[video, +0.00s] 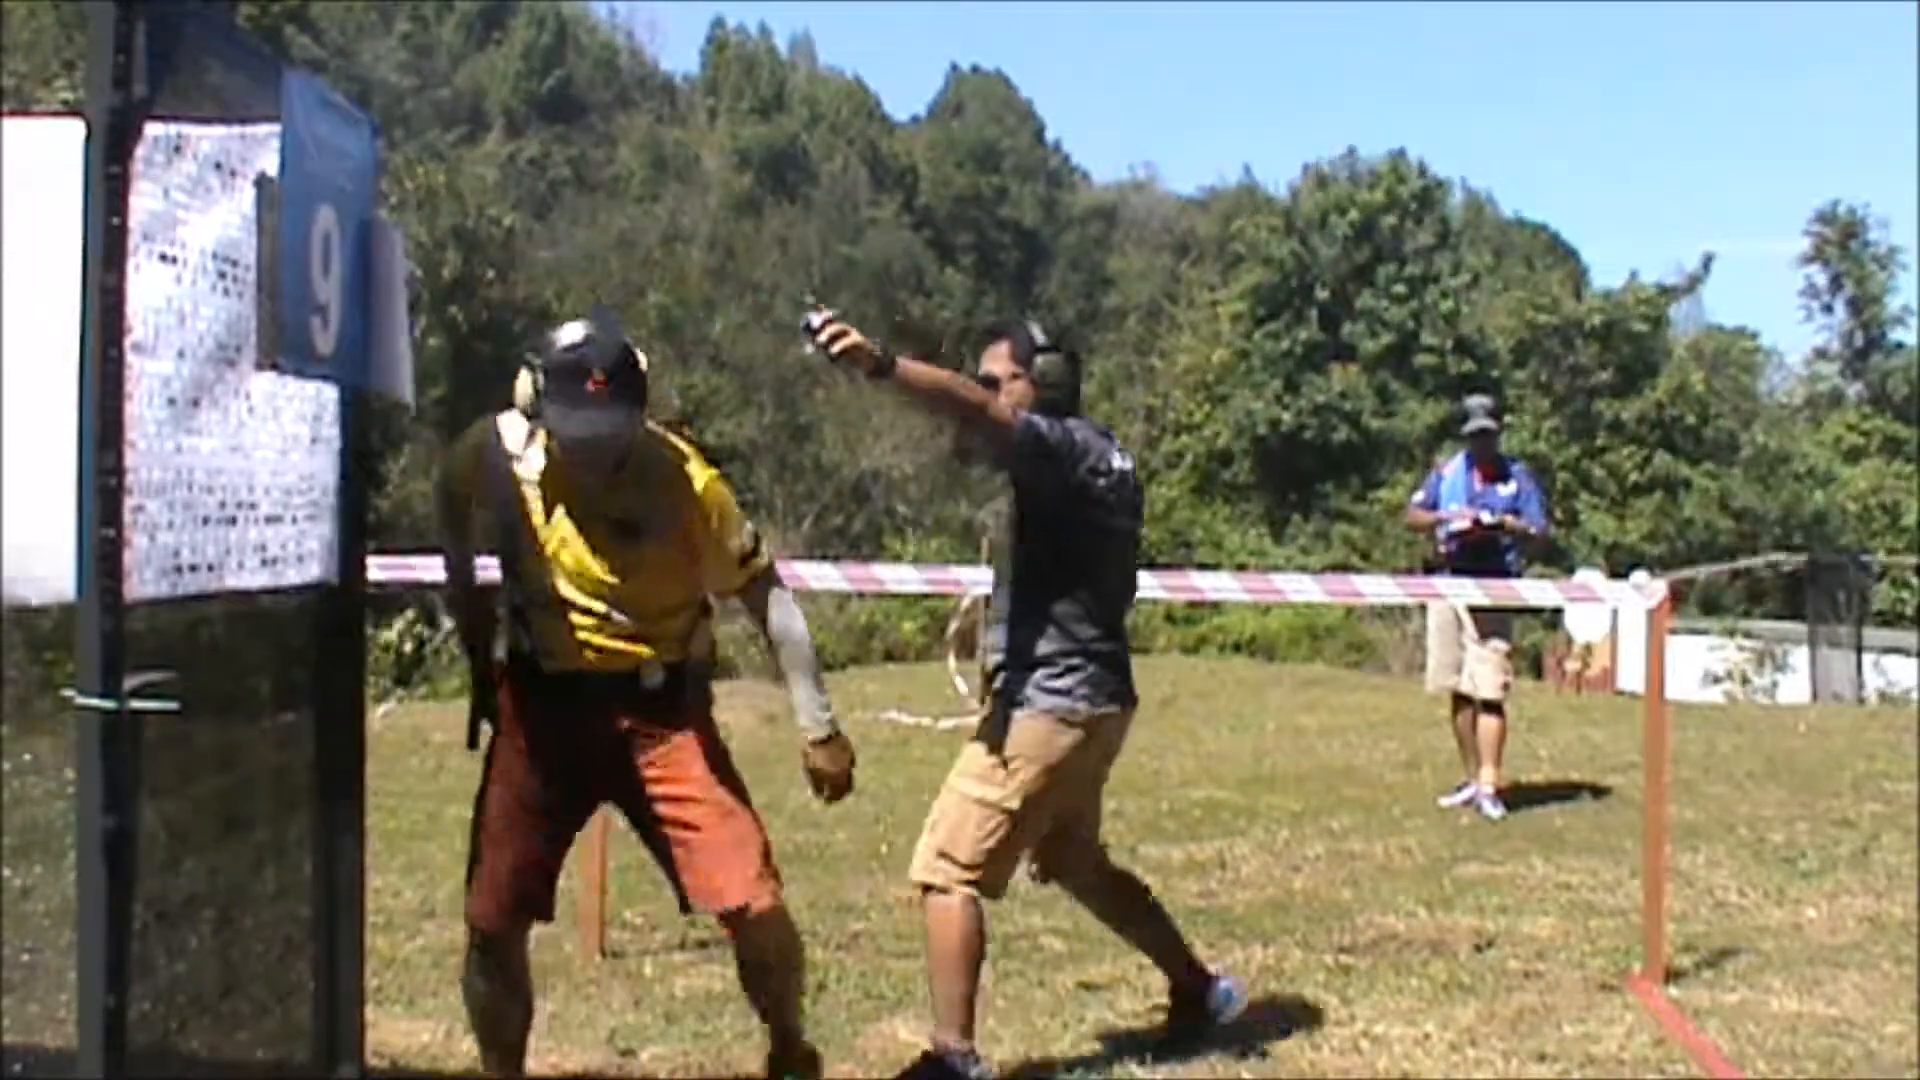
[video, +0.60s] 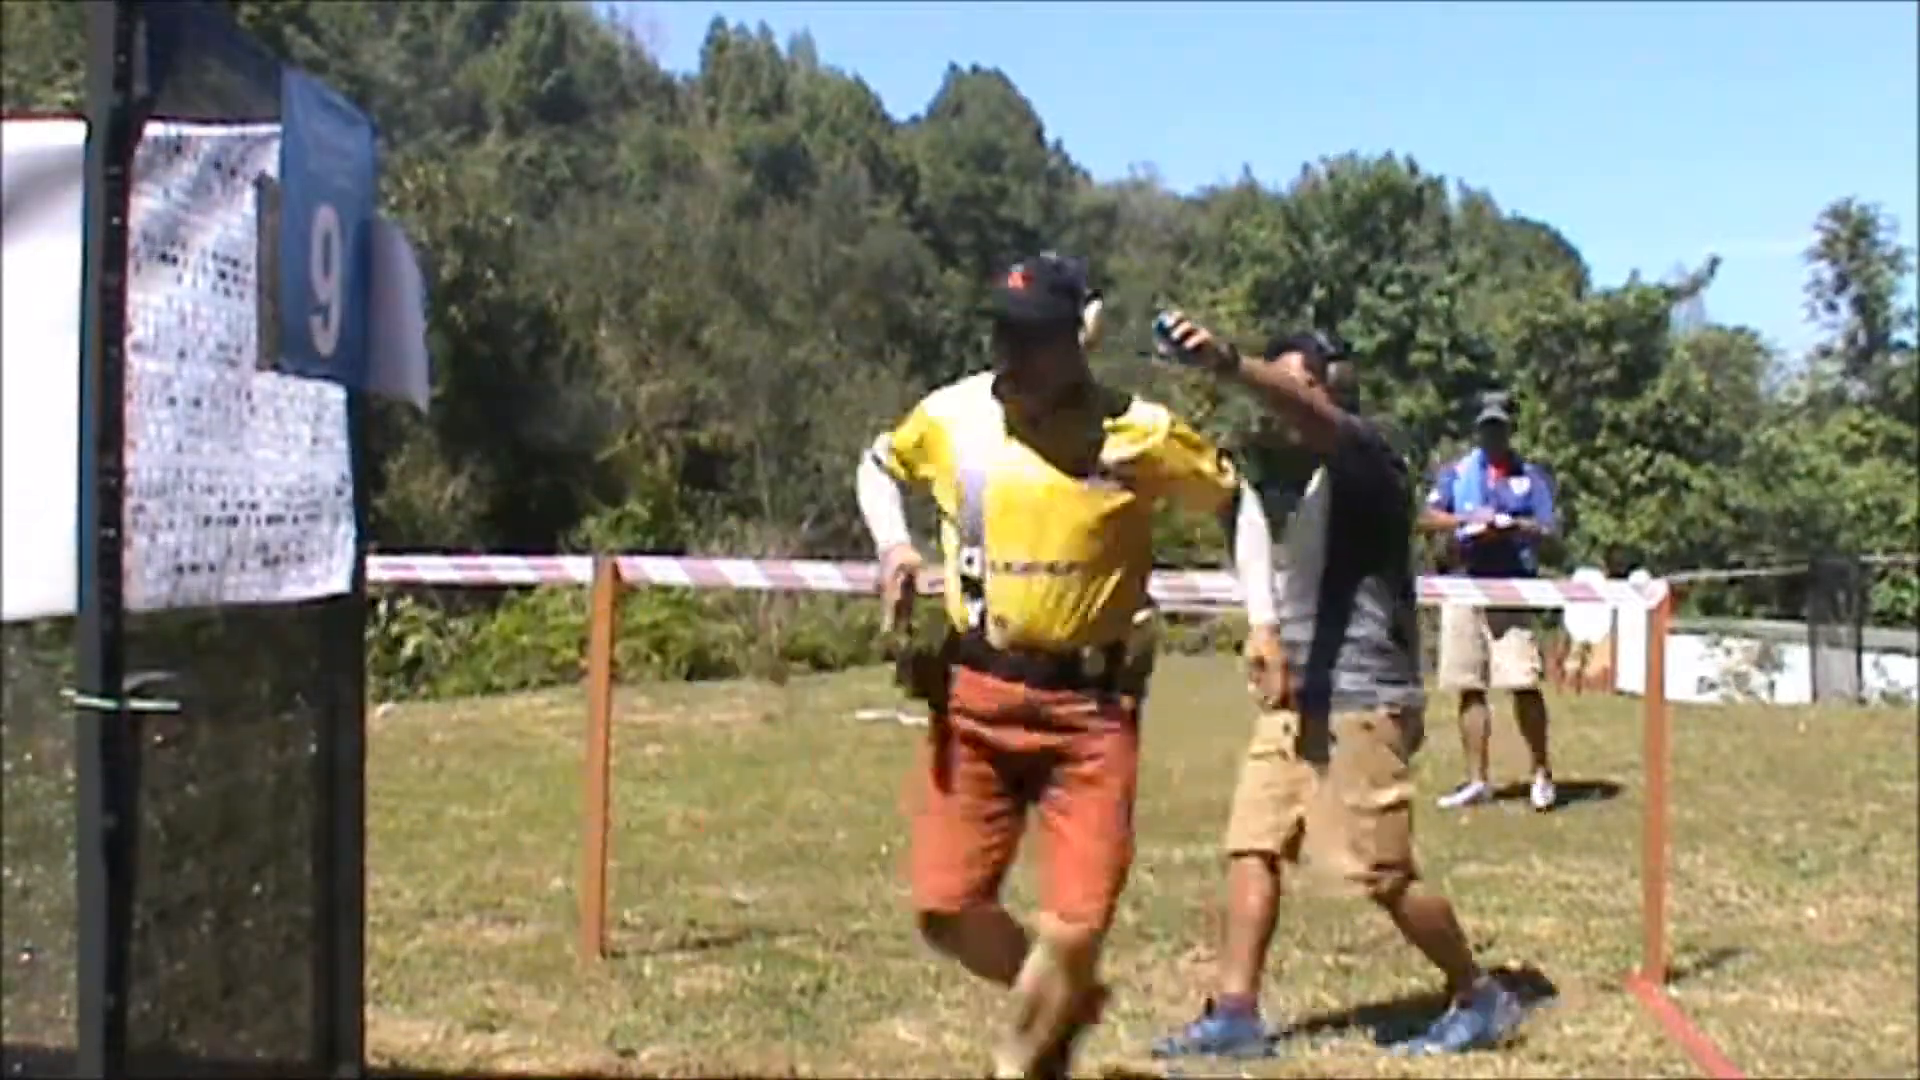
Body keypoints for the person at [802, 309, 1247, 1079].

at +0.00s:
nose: (982, 396)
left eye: (994, 384)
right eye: (981, 383)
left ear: (1036, 386)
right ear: (1062, 390)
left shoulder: (1056, 445)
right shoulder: (1113, 461)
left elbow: (977, 409)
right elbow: (1084, 586)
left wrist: (882, 365)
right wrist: (1006, 618)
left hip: (1050, 696)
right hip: (1099, 695)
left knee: (948, 868)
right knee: (1071, 856)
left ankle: (952, 1052)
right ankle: (1198, 990)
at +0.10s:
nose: (1051, 414)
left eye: (1062, 397)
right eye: (1047, 399)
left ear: (1101, 392)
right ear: (1121, 397)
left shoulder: (1130, 459)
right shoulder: (1168, 469)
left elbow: (1055, 425)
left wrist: (963, 379)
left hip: (1110, 700)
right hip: (1155, 702)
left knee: (1015, 867)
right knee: (1122, 876)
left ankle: (957, 1041)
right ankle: (1226, 1012)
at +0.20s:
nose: (1096, 410)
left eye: (1105, 397)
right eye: (1093, 398)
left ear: (1143, 395)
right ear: (1151, 398)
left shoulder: (1174, 459)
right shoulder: (1201, 469)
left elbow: (1104, 418)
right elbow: (1180, 607)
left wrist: (1018, 378)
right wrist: (1109, 670)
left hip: (1155, 700)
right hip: (1193, 701)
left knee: (1053, 860)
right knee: (1147, 878)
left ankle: (1008, 1035)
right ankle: (1226, 1014)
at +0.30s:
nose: (1145, 386)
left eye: (1152, 373)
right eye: (1144, 375)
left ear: (1189, 376)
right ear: (1198, 380)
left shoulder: (1239, 451)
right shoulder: (1231, 460)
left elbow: (1168, 409)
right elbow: (1223, 582)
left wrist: (1088, 368)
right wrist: (1165, 659)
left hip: (1218, 685)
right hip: (1216, 683)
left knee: (1114, 838)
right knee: (1173, 856)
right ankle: (1227, 1013)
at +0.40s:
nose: (1180, 390)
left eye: (1190, 375)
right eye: (1178, 377)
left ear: (1228, 373)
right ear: (1210, 376)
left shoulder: (1277, 450)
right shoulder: (1234, 464)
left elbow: (1206, 399)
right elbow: (1242, 580)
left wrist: (1126, 358)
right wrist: (1208, 665)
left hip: (1264, 681)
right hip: (1225, 679)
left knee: (1184, 846)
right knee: (1184, 850)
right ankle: (1225, 1015)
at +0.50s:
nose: (1240, 399)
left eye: (1251, 384)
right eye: (1236, 387)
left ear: (1285, 377)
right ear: (1251, 384)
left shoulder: (1332, 455)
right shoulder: (1281, 471)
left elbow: (1265, 405)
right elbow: (1280, 591)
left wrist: (1188, 356)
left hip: (1321, 689)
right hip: (1267, 685)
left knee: (1299, 871)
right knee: (1223, 848)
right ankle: (1232, 1014)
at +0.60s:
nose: (1278, 404)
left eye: (1292, 390)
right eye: (1274, 391)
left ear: (1330, 389)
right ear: (1278, 395)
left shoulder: (1370, 464)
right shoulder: (1292, 474)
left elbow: (1306, 409)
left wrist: (1228, 364)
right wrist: (1273, 648)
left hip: (1365, 698)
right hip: (1294, 694)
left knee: (1380, 870)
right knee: (1252, 850)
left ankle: (1475, 993)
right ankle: (1236, 1010)